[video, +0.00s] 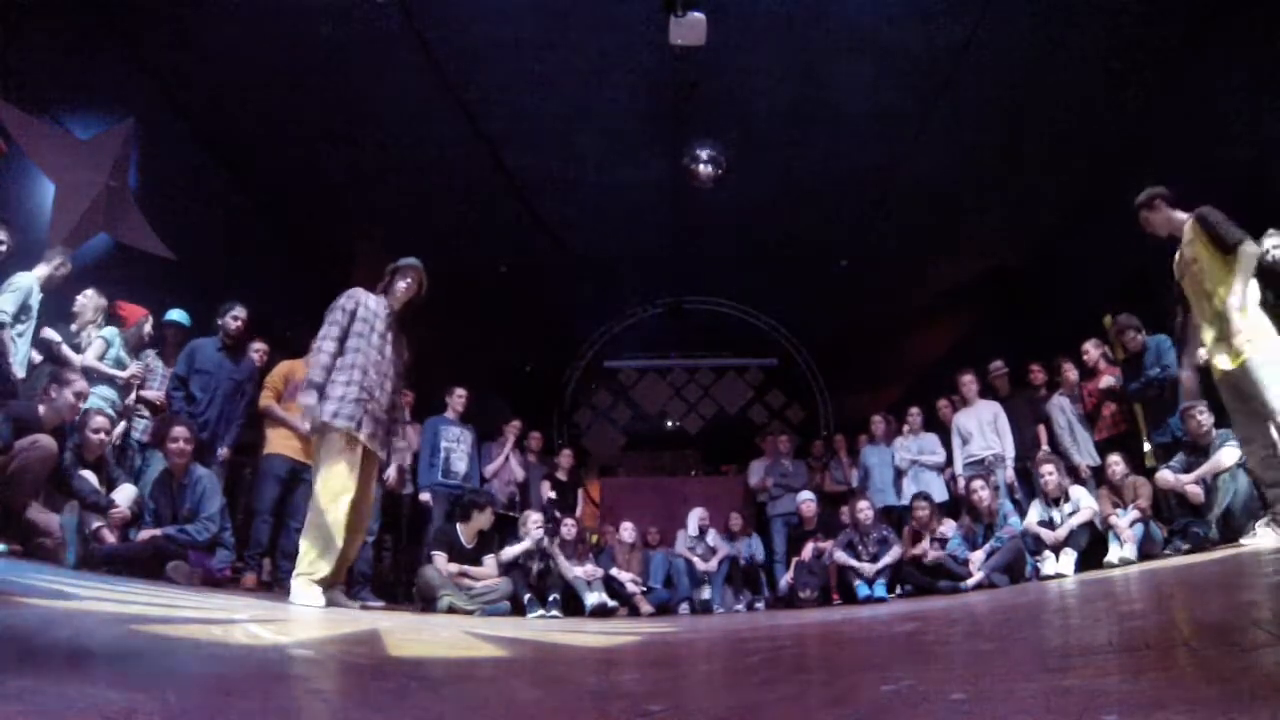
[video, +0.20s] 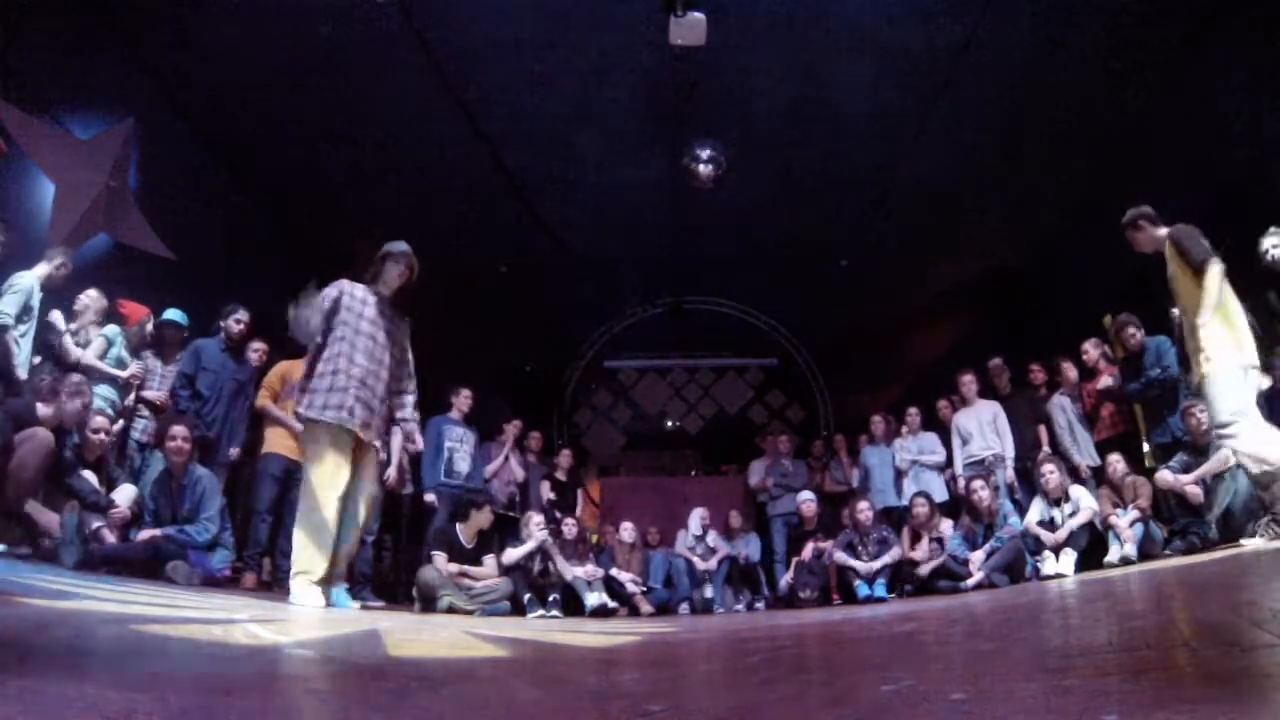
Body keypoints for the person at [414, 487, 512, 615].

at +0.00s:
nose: (493, 518)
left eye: (493, 513)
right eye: (490, 513)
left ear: (477, 514)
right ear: (475, 513)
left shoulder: (486, 538)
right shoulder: (444, 532)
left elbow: (492, 572)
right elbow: (442, 570)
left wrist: (461, 569)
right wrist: (475, 584)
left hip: (478, 590)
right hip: (448, 588)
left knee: (507, 584)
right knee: (428, 572)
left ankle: (456, 604)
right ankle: (476, 609)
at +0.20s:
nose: (492, 517)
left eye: (491, 512)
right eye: (488, 512)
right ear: (473, 512)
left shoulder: (486, 537)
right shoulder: (443, 532)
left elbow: (492, 572)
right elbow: (441, 570)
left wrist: (462, 569)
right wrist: (475, 584)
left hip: (477, 590)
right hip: (447, 588)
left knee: (507, 584)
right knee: (427, 573)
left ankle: (454, 605)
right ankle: (476, 610)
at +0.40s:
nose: (489, 514)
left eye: (490, 510)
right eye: (485, 509)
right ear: (466, 509)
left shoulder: (486, 536)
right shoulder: (443, 532)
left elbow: (492, 572)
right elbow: (441, 570)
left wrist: (462, 569)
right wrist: (475, 584)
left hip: (478, 590)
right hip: (448, 589)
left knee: (507, 585)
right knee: (427, 573)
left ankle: (453, 605)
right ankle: (477, 610)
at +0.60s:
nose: (487, 513)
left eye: (488, 508)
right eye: (482, 507)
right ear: (465, 509)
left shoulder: (484, 536)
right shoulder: (444, 530)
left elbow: (492, 572)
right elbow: (441, 569)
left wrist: (461, 569)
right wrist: (474, 584)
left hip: (477, 590)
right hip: (448, 588)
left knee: (507, 585)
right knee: (427, 573)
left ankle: (455, 604)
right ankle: (477, 609)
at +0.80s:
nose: (487, 513)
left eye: (488, 508)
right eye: (482, 507)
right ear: (465, 509)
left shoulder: (484, 536)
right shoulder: (443, 531)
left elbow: (492, 572)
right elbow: (441, 569)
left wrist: (461, 569)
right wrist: (474, 584)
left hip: (477, 590)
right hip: (448, 588)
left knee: (507, 585)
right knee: (427, 572)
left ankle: (456, 605)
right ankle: (476, 609)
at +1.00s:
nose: (487, 513)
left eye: (488, 508)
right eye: (481, 507)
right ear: (465, 509)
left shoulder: (484, 536)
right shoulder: (443, 530)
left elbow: (493, 572)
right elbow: (442, 569)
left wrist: (462, 569)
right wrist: (474, 584)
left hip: (477, 590)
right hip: (447, 588)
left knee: (507, 584)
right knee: (426, 573)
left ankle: (455, 604)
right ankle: (477, 609)